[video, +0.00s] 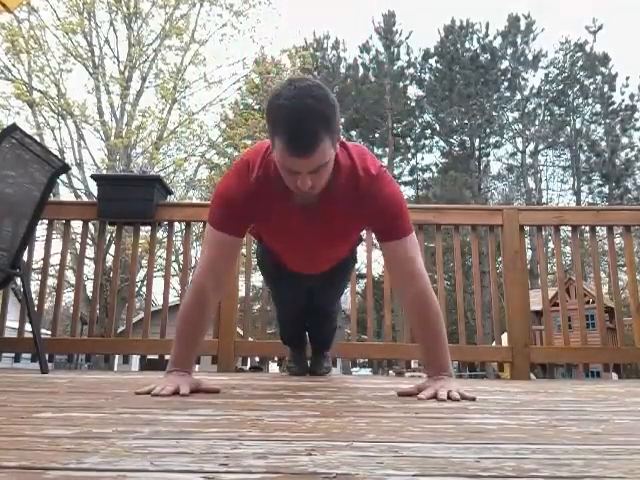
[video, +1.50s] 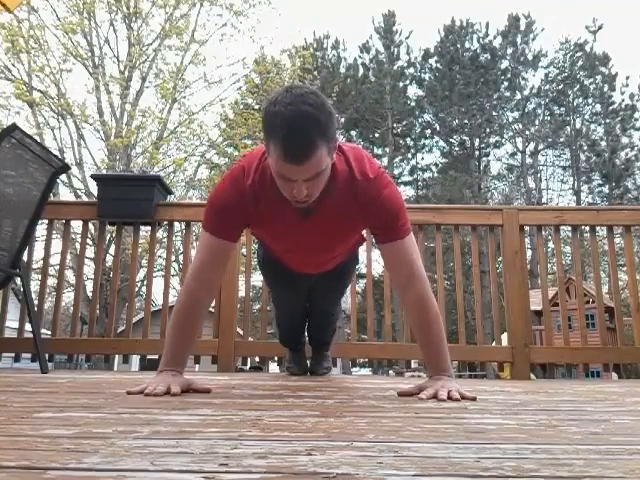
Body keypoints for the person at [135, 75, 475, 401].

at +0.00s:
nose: (303, 183)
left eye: (316, 170)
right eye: (290, 171)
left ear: (337, 143)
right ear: (271, 147)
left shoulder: (371, 185)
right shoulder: (242, 184)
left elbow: (413, 282)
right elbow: (206, 283)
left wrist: (440, 374)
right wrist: (179, 370)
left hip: (336, 254)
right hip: (278, 253)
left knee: (324, 313)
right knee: (290, 317)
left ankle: (321, 353)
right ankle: (295, 352)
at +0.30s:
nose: (302, 174)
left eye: (317, 160)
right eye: (289, 160)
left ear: (337, 135)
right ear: (271, 138)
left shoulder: (370, 180)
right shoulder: (242, 181)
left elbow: (412, 281)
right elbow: (207, 280)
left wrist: (440, 375)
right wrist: (179, 370)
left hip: (337, 253)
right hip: (279, 252)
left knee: (323, 315)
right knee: (290, 315)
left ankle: (320, 353)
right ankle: (295, 353)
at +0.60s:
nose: (303, 181)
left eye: (317, 167)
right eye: (291, 168)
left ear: (337, 142)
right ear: (271, 145)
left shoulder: (370, 181)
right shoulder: (242, 182)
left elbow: (413, 282)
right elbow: (208, 280)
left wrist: (440, 374)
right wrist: (180, 369)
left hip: (339, 251)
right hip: (280, 249)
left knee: (325, 313)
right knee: (290, 317)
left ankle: (322, 355)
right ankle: (295, 355)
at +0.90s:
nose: (304, 186)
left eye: (317, 172)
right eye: (291, 173)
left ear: (337, 146)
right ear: (271, 150)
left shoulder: (370, 182)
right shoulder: (241, 185)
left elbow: (412, 281)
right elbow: (208, 282)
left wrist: (440, 374)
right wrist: (180, 370)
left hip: (340, 252)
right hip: (281, 250)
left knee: (326, 313)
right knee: (290, 314)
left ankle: (322, 354)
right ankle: (295, 354)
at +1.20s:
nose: (303, 189)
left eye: (316, 175)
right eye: (289, 176)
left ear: (337, 151)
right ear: (270, 153)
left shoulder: (373, 184)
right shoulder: (241, 187)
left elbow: (415, 284)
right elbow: (197, 283)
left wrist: (440, 375)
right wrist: (169, 371)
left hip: (341, 253)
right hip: (282, 250)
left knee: (325, 317)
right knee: (291, 315)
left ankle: (322, 352)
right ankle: (295, 354)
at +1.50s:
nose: (300, 191)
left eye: (313, 177)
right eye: (286, 178)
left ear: (334, 152)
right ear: (267, 156)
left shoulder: (368, 184)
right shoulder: (239, 187)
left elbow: (412, 284)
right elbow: (199, 285)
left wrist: (440, 376)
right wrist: (170, 370)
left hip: (338, 255)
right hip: (279, 254)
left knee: (324, 316)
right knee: (289, 316)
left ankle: (321, 353)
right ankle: (294, 353)